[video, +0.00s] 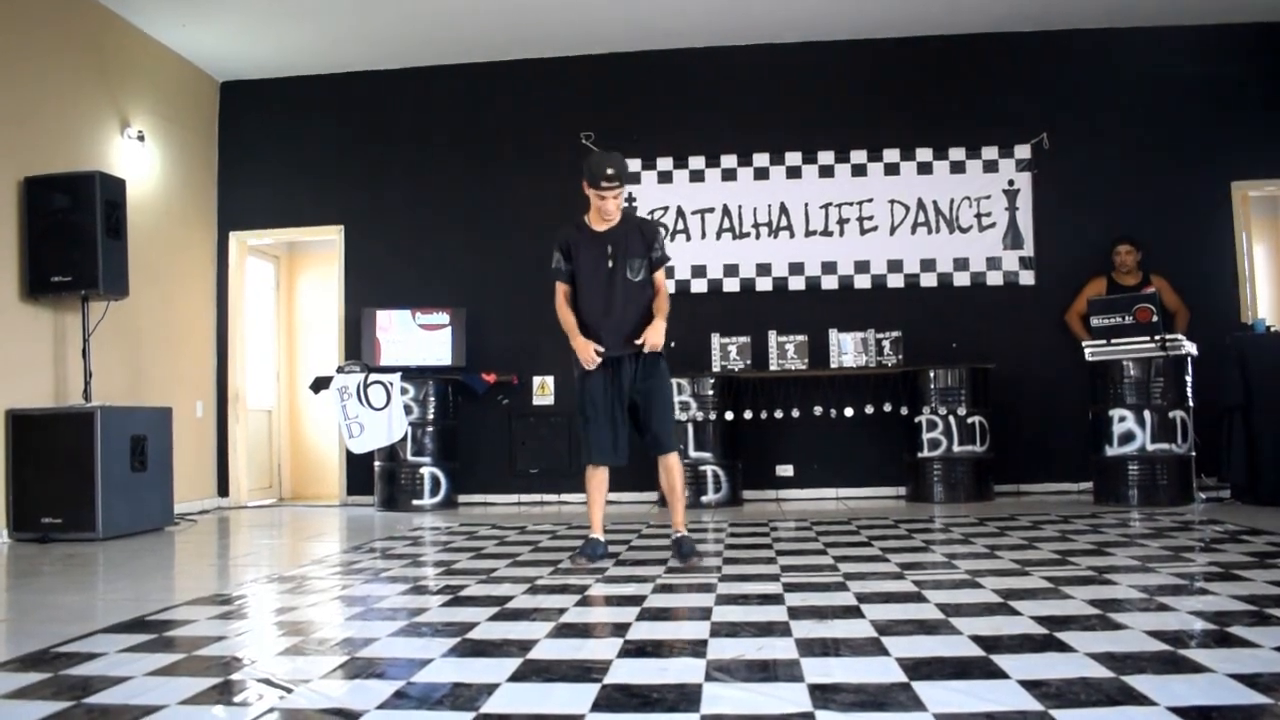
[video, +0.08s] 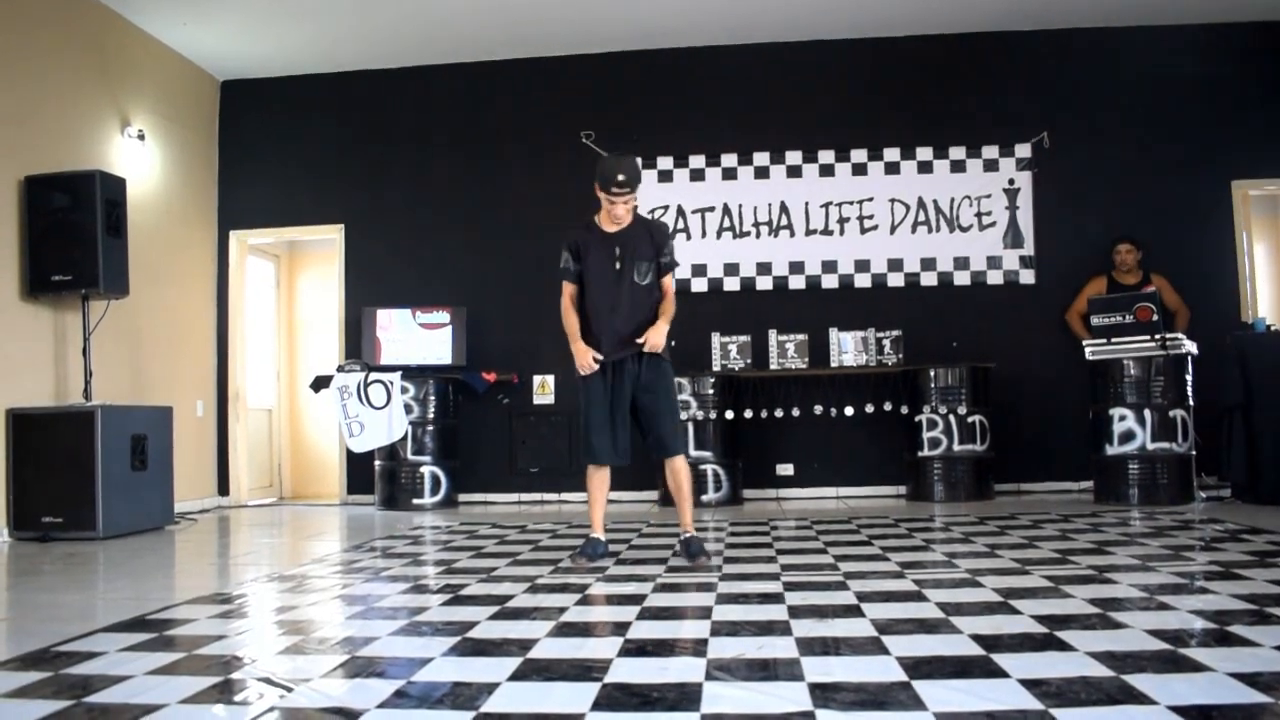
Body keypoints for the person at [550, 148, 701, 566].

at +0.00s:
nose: (611, 205)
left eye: (617, 196)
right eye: (603, 196)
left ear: (626, 192)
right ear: (587, 190)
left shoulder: (646, 233)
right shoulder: (570, 240)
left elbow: (661, 289)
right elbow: (562, 300)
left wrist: (660, 323)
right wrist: (576, 339)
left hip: (646, 357)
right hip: (597, 361)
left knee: (666, 446)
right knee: (597, 452)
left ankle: (680, 533)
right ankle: (596, 538)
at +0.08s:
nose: (620, 210)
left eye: (627, 201)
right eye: (612, 202)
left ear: (638, 195)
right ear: (597, 193)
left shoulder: (657, 236)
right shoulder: (578, 240)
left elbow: (668, 293)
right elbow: (568, 299)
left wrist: (662, 325)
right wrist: (576, 343)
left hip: (649, 359)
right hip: (599, 363)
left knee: (672, 446)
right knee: (598, 453)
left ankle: (689, 534)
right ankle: (597, 537)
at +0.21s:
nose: (639, 215)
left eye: (645, 208)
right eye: (631, 208)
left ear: (655, 200)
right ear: (617, 199)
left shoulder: (671, 236)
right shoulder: (595, 239)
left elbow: (681, 293)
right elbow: (579, 295)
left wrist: (669, 322)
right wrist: (582, 342)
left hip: (660, 358)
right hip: (610, 361)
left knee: (678, 446)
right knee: (604, 449)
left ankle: (689, 533)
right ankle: (598, 535)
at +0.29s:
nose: (649, 217)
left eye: (657, 209)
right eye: (643, 209)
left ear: (667, 200)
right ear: (628, 197)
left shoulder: (679, 234)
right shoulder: (603, 233)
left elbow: (690, 293)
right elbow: (585, 291)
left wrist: (678, 322)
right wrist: (591, 335)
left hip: (665, 356)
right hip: (615, 358)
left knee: (680, 444)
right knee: (606, 446)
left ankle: (689, 533)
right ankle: (601, 533)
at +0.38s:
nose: (655, 219)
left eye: (663, 212)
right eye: (649, 211)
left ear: (674, 201)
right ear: (633, 197)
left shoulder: (685, 233)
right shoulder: (608, 230)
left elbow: (695, 292)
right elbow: (591, 287)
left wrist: (687, 329)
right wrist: (599, 330)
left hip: (670, 357)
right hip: (619, 356)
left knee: (681, 445)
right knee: (609, 443)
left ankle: (688, 531)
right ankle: (610, 527)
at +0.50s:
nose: (652, 214)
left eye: (660, 207)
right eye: (646, 206)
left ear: (671, 198)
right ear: (631, 193)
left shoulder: (682, 231)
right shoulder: (606, 231)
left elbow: (692, 289)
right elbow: (594, 289)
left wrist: (687, 332)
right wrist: (603, 333)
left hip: (670, 357)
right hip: (620, 357)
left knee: (682, 444)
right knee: (613, 444)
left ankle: (689, 531)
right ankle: (609, 528)